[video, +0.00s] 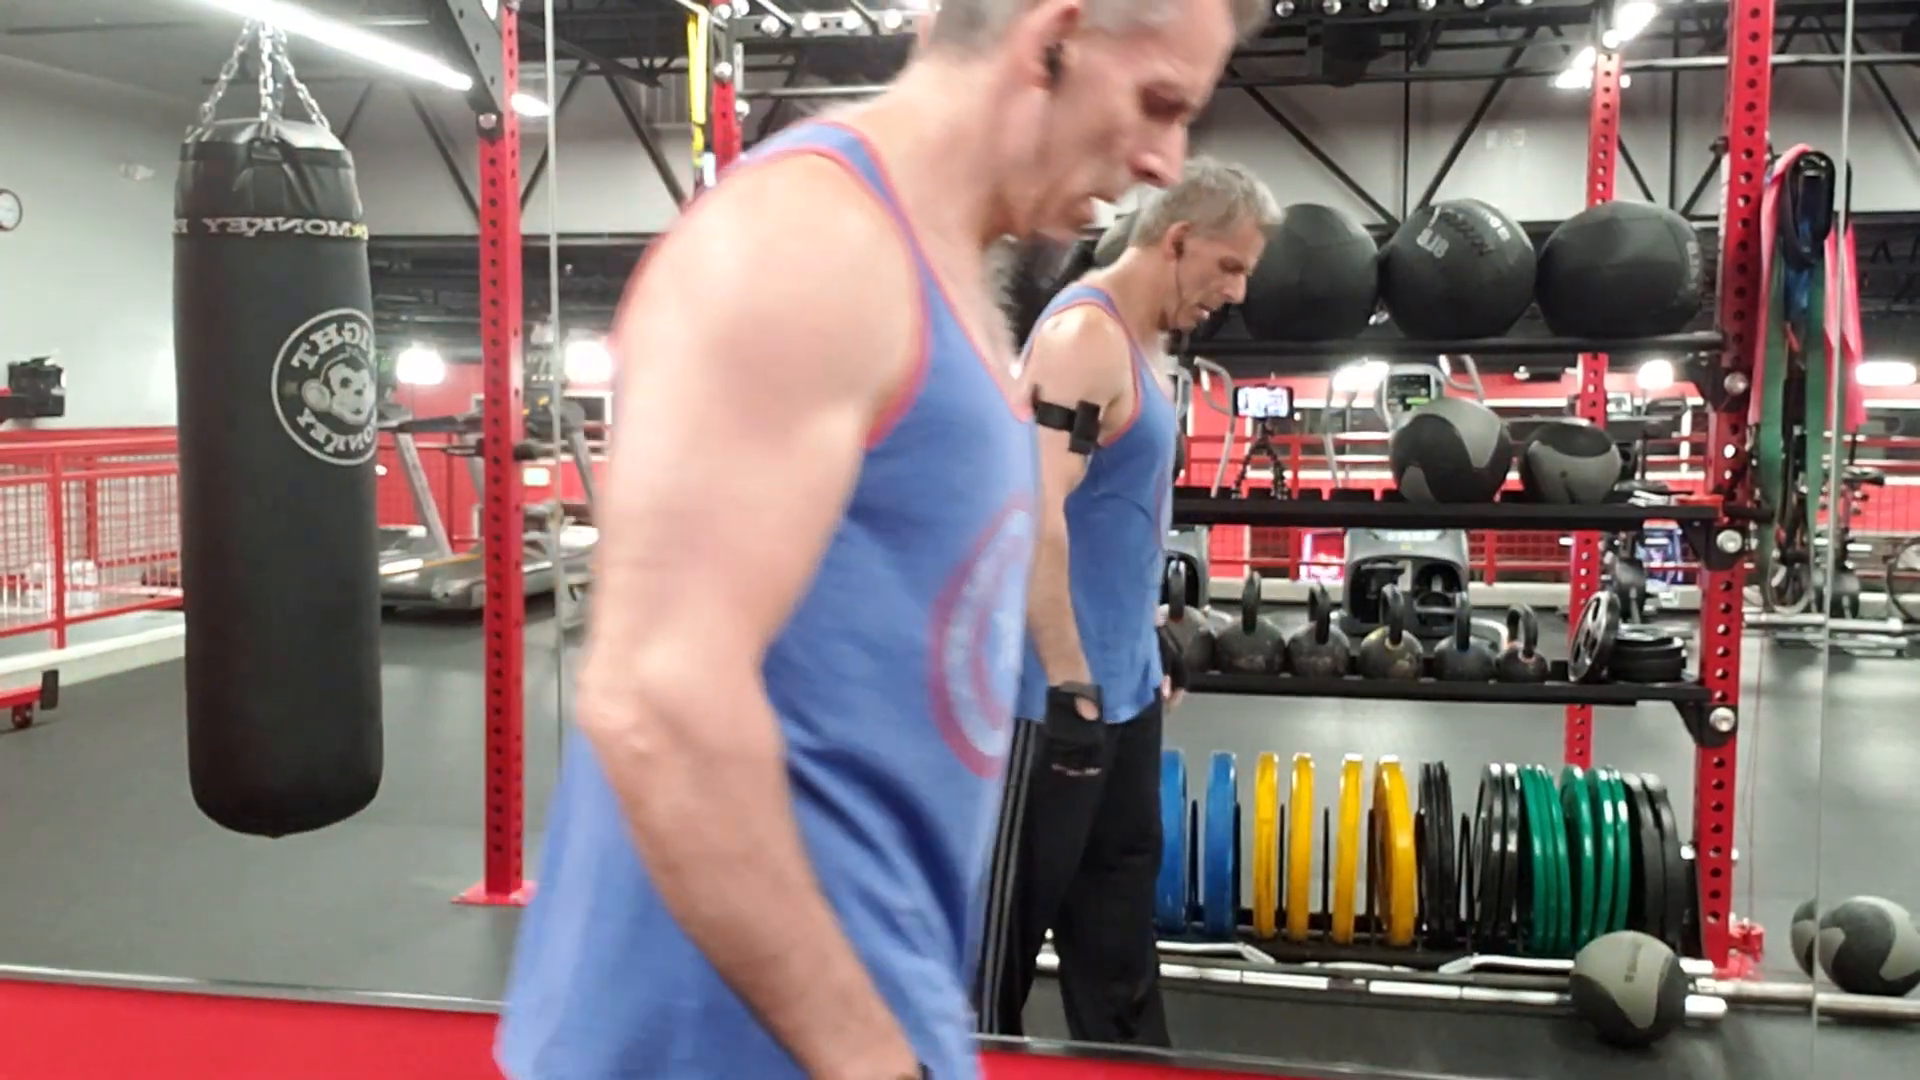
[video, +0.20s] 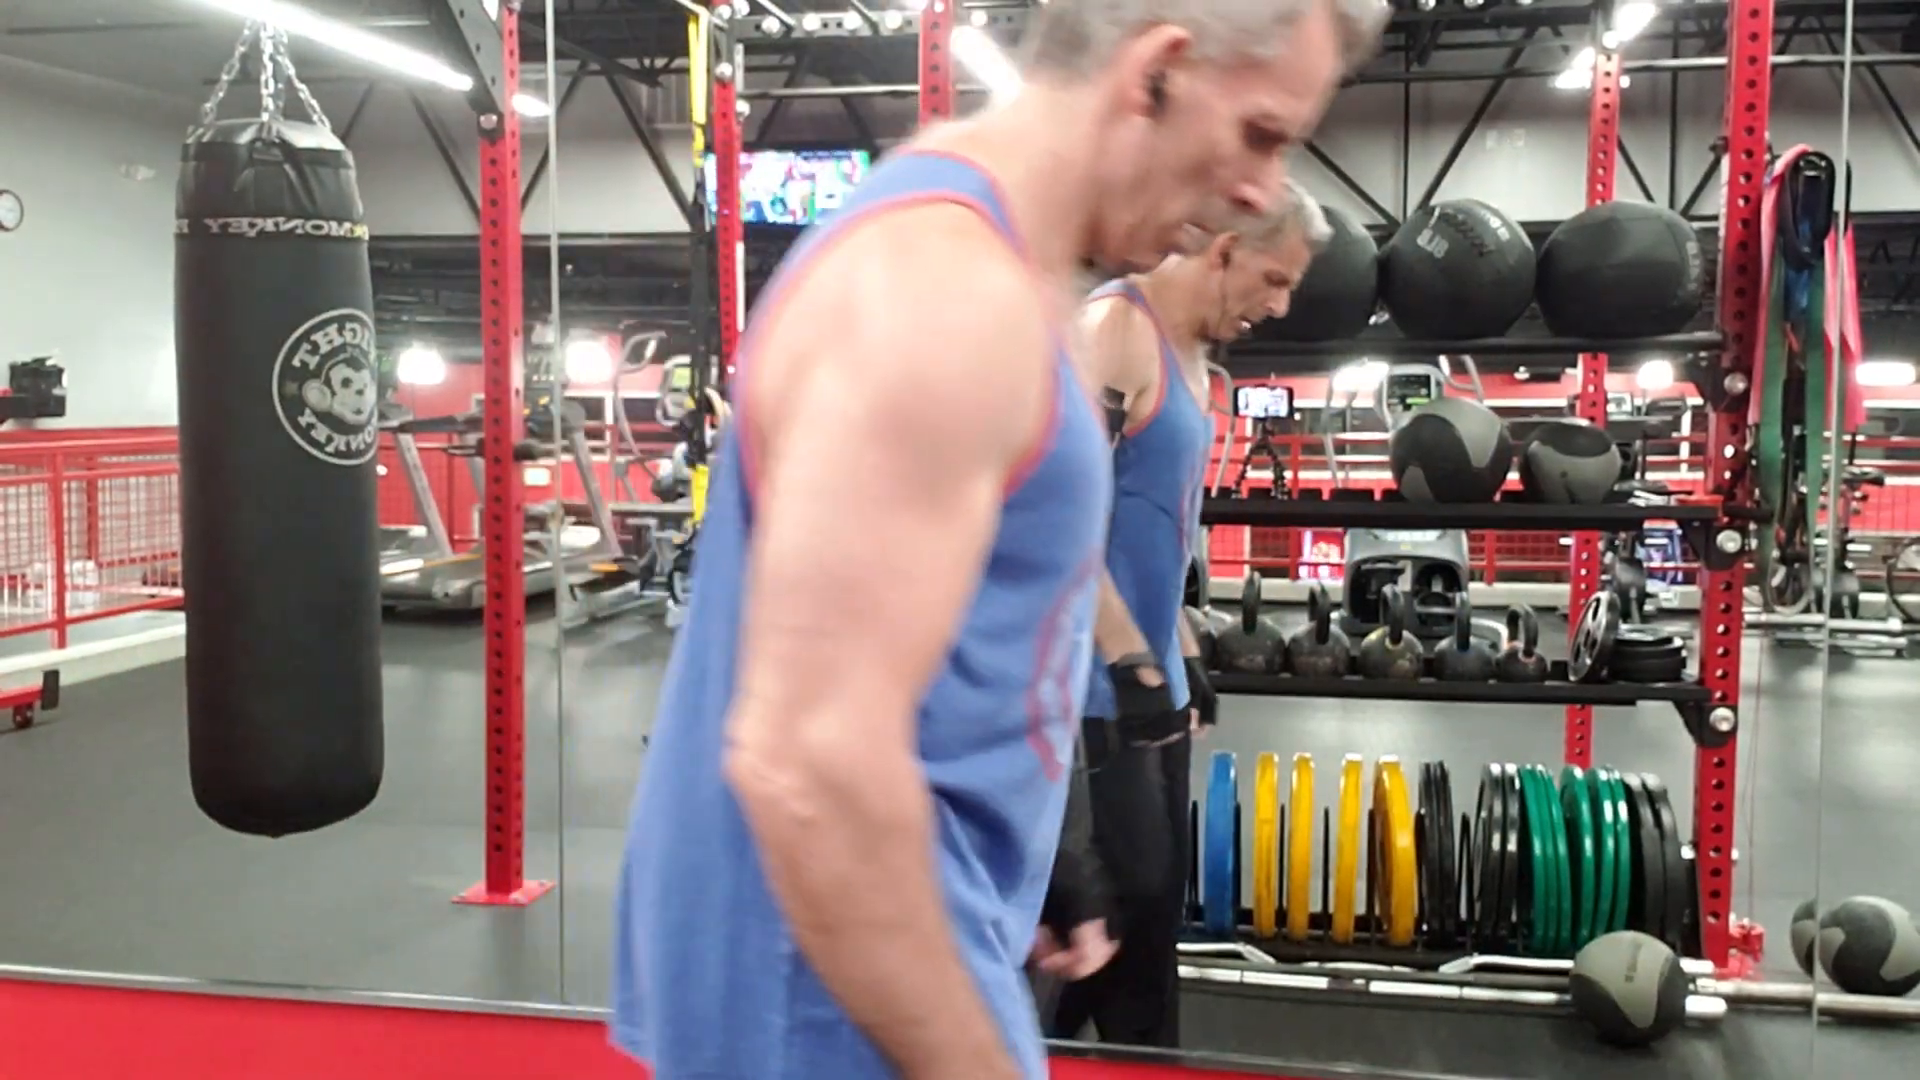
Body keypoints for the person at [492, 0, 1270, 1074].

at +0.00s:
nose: (1167, 162)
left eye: (1184, 121)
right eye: (1158, 102)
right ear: (1050, 41)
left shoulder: (947, 264)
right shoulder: (799, 233)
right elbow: (657, 694)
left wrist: (916, 1025)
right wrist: (868, 1055)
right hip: (730, 1038)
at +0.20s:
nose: (1258, 194)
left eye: (1283, 152)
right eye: (1262, 136)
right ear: (1157, 70)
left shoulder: (987, 268)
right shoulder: (938, 293)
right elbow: (809, 755)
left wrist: (1016, 879)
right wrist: (978, 1059)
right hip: (829, 1034)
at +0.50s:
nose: (1400, 268)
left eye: (1419, 227)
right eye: (1396, 209)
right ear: (1294, 144)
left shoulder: (1156, 319)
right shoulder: (1080, 341)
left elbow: (1057, 630)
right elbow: (936, 779)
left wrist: (1107, 835)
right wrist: (1088, 1059)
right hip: (854, 991)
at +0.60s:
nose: (1425, 314)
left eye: (1447, 275)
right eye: (1423, 259)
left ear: (1319, 197)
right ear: (1326, 192)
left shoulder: (1204, 354)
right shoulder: (1108, 362)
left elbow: (1060, 661)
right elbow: (950, 782)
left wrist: (1126, 862)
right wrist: (1079, 1060)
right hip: (858, 997)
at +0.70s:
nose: (1454, 379)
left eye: (1475, 343)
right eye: (1456, 328)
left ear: (1359, 255)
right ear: (1364, 254)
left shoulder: (1217, 379)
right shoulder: (1139, 402)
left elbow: (1099, 715)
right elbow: (972, 807)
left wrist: (1162, 929)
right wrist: (1080, 1058)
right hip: (872, 955)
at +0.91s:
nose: (1515, 587)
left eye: (1541, 561)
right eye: (1527, 547)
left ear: (1444, 454)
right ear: (1451, 468)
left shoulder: (1249, 473)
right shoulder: (1228, 560)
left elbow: (1187, 812)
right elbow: (1060, 939)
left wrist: (1243, 1055)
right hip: (847, 905)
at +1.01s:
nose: (1522, 719)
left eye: (1552, 699)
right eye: (1544, 686)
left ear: (1477, 576)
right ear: (1479, 597)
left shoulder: (1282, 497)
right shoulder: (1256, 677)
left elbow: (1225, 854)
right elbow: (1104, 1048)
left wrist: (1264, 1061)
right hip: (842, 933)